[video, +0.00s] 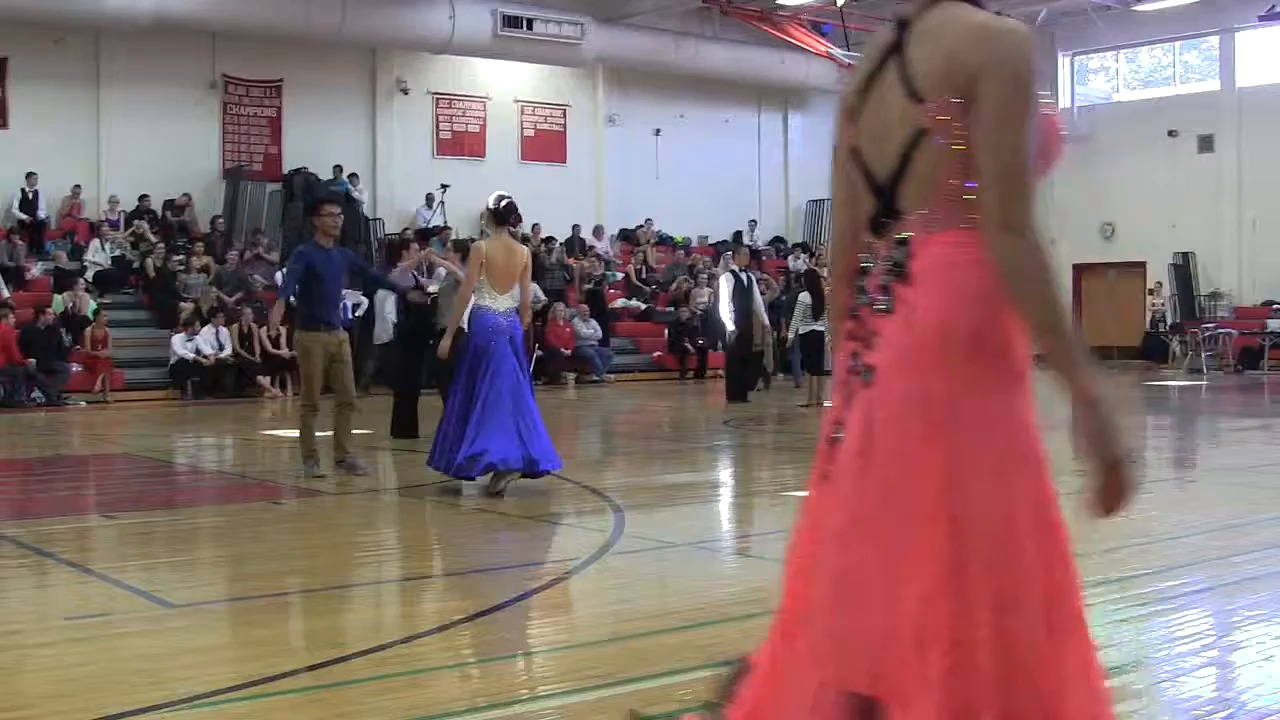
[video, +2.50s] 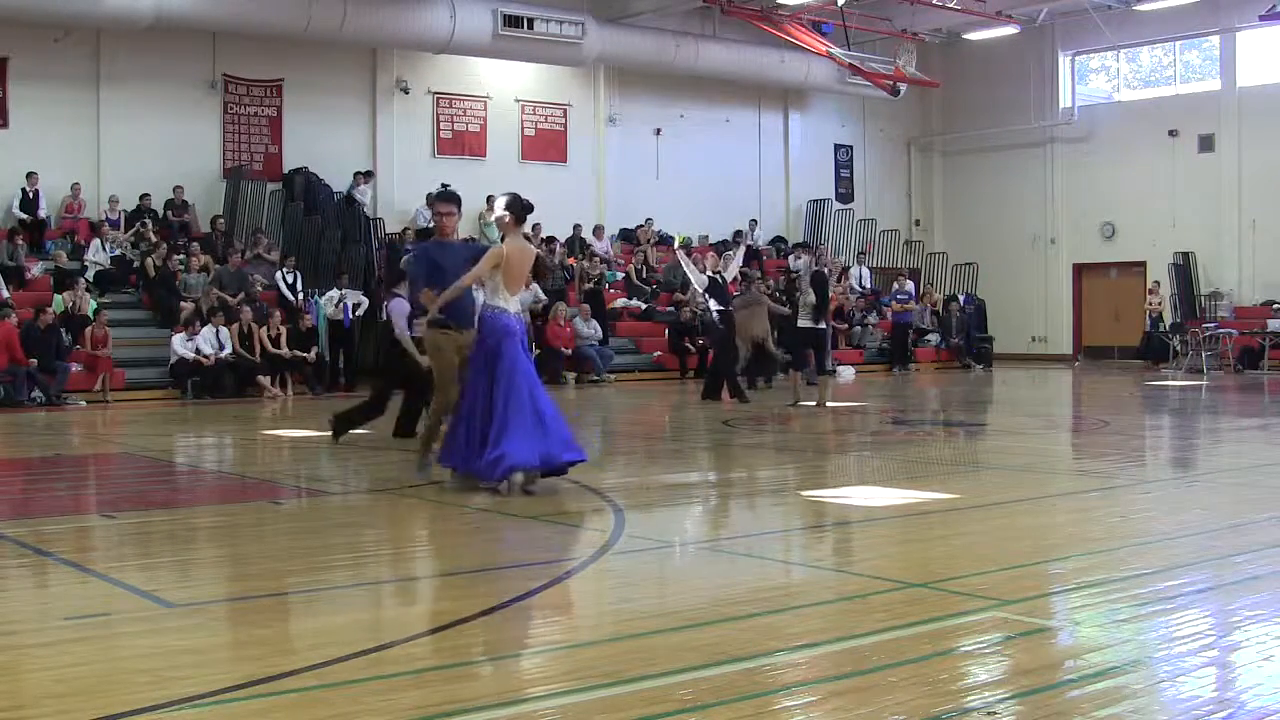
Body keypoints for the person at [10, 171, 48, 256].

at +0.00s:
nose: (35, 181)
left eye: (36, 179)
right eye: (33, 179)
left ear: (37, 180)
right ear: (28, 180)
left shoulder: (39, 193)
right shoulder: (20, 192)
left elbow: (42, 210)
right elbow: (14, 209)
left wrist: (39, 217)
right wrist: (25, 217)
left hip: (36, 218)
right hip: (24, 219)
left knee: (42, 224)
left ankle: (40, 248)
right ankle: (32, 248)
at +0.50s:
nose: (35, 181)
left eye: (36, 179)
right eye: (33, 179)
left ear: (37, 180)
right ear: (27, 180)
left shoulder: (39, 193)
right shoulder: (20, 192)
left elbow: (42, 209)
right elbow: (14, 209)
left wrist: (40, 216)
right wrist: (25, 217)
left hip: (36, 217)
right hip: (24, 218)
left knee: (42, 224)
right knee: (33, 227)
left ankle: (40, 247)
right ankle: (33, 247)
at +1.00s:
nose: (37, 181)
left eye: (37, 178)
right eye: (34, 178)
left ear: (38, 180)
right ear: (28, 179)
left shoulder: (39, 192)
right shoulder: (20, 192)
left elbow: (42, 208)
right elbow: (15, 209)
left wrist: (42, 216)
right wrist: (26, 217)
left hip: (36, 217)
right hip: (25, 218)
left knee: (42, 224)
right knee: (32, 226)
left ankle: (40, 247)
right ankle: (32, 247)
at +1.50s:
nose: (37, 181)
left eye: (37, 178)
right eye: (34, 178)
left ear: (37, 180)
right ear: (29, 179)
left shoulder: (39, 193)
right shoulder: (20, 192)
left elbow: (42, 208)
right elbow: (15, 209)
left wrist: (42, 216)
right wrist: (25, 217)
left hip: (36, 217)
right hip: (25, 217)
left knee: (42, 224)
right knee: (34, 226)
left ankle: (40, 247)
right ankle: (33, 248)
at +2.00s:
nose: (36, 181)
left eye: (37, 178)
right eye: (34, 178)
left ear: (38, 180)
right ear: (28, 179)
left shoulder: (39, 193)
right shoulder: (20, 192)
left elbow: (42, 208)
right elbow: (15, 209)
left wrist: (41, 216)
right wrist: (25, 217)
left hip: (36, 217)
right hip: (25, 217)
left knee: (42, 223)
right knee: (33, 226)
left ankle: (40, 248)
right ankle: (32, 248)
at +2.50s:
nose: (36, 181)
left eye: (37, 179)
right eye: (34, 178)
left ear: (38, 180)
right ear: (28, 179)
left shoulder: (39, 193)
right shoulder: (20, 192)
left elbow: (42, 208)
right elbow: (15, 209)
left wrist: (42, 216)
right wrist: (25, 217)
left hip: (36, 217)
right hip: (24, 217)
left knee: (43, 223)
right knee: (33, 226)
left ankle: (39, 248)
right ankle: (32, 249)